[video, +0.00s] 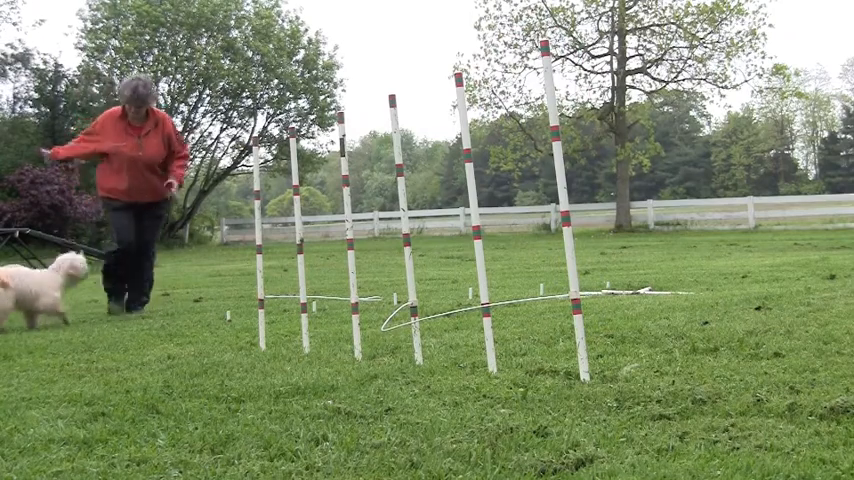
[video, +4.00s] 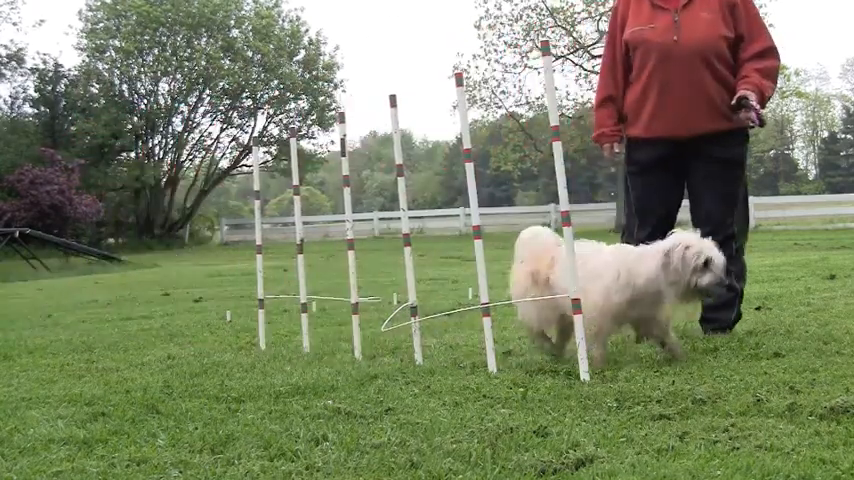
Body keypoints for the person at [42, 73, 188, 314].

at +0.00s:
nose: (134, 112)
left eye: (139, 107)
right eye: (130, 106)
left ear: (149, 104)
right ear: (124, 102)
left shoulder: (163, 122)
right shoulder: (110, 120)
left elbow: (180, 153)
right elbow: (86, 143)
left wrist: (175, 176)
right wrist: (56, 153)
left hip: (153, 199)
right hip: (118, 198)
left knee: (145, 251)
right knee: (126, 246)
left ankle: (137, 304)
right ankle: (115, 295)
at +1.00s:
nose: (259, 76)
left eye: (264, 71)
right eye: (253, 71)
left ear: (271, 72)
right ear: (243, 72)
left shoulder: (277, 105)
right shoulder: (228, 100)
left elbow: (283, 145)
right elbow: (211, 143)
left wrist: (293, 164)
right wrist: (208, 185)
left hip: (263, 193)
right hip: (231, 193)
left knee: (258, 255)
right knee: (243, 248)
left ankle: (246, 313)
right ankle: (216, 294)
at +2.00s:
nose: (437, 36)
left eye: (443, 30)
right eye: (431, 31)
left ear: (451, 32)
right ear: (420, 33)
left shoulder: (464, 68)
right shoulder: (405, 73)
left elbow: (480, 112)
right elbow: (393, 126)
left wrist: (492, 138)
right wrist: (402, 171)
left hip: (455, 171)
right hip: (420, 172)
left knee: (451, 240)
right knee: (446, 230)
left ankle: (441, 313)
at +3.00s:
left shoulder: (643, 20)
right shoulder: (565, 25)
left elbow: (666, 72)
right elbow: (544, 90)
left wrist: (674, 105)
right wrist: (542, 146)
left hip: (634, 149)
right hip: (584, 149)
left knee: (634, 234)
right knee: (602, 225)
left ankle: (630, 316)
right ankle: (594, 305)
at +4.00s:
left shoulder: (731, 4)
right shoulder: (628, 5)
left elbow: (760, 51)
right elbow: (613, 64)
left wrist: (751, 89)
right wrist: (608, 122)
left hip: (719, 134)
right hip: (649, 138)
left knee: (721, 235)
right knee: (644, 238)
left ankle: (719, 326)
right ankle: (644, 323)